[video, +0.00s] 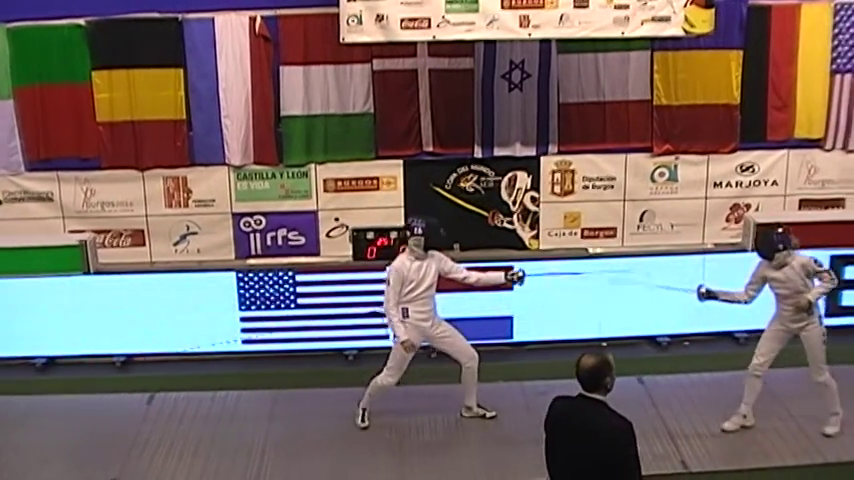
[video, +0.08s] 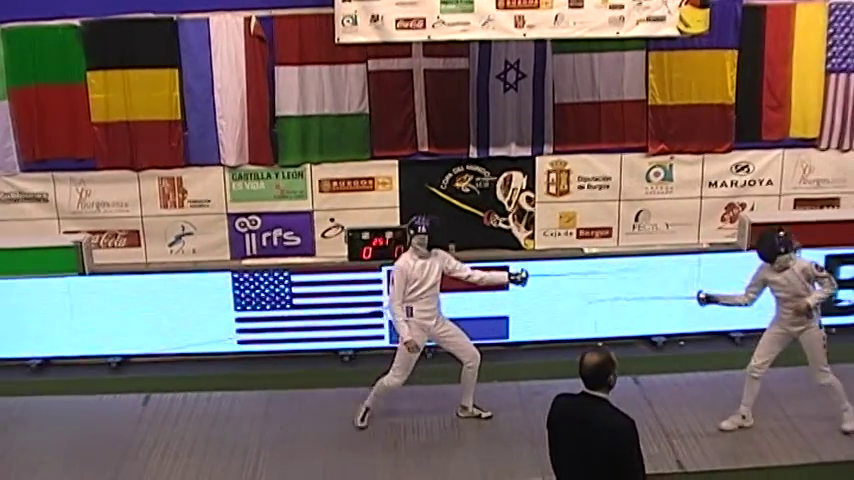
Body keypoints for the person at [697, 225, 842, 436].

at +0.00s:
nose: (769, 262)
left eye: (771, 257)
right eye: (766, 258)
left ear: (782, 251)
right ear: (765, 255)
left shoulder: (803, 263)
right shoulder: (764, 268)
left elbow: (830, 280)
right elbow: (746, 296)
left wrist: (810, 298)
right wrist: (713, 295)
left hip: (809, 323)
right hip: (781, 322)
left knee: (820, 375)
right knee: (757, 367)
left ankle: (835, 416)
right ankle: (744, 415)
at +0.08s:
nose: (785, 260)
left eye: (785, 256)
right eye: (779, 258)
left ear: (784, 253)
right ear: (770, 257)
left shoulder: (803, 267)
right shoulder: (765, 272)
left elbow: (830, 285)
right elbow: (747, 299)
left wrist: (811, 301)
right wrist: (713, 299)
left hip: (808, 327)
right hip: (781, 325)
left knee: (823, 377)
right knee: (755, 369)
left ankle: (847, 412)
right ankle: (744, 415)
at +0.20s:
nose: (785, 274)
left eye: (788, 270)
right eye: (782, 270)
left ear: (796, 262)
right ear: (777, 267)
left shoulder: (814, 276)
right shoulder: (774, 280)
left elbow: (833, 299)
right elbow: (756, 306)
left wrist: (814, 312)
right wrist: (724, 306)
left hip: (814, 335)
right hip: (786, 332)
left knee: (832, 384)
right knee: (751, 370)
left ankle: (853, 412)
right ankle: (738, 415)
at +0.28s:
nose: (792, 274)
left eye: (795, 269)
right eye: (790, 270)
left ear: (802, 262)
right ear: (786, 268)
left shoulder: (820, 275)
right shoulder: (783, 281)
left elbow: (845, 295)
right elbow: (767, 307)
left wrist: (825, 311)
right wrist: (736, 307)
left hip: (824, 335)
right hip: (795, 334)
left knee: (836, 385)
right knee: (761, 371)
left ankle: (852, 413)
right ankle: (737, 413)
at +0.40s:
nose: (800, 262)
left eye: (802, 258)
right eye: (798, 259)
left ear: (807, 252)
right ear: (791, 258)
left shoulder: (827, 266)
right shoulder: (789, 272)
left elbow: (852, 281)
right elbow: (777, 300)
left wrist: (840, 299)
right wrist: (745, 303)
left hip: (830, 326)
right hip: (802, 325)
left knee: (837, 375)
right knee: (772, 367)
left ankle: (848, 413)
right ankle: (748, 410)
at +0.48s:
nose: (797, 259)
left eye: (799, 253)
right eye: (796, 255)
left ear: (805, 248)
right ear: (792, 254)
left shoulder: (827, 261)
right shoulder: (789, 267)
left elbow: (850, 275)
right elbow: (776, 296)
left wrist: (843, 296)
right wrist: (744, 301)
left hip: (829, 323)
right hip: (801, 322)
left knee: (835, 371)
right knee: (776, 366)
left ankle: (843, 411)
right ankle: (774, 410)